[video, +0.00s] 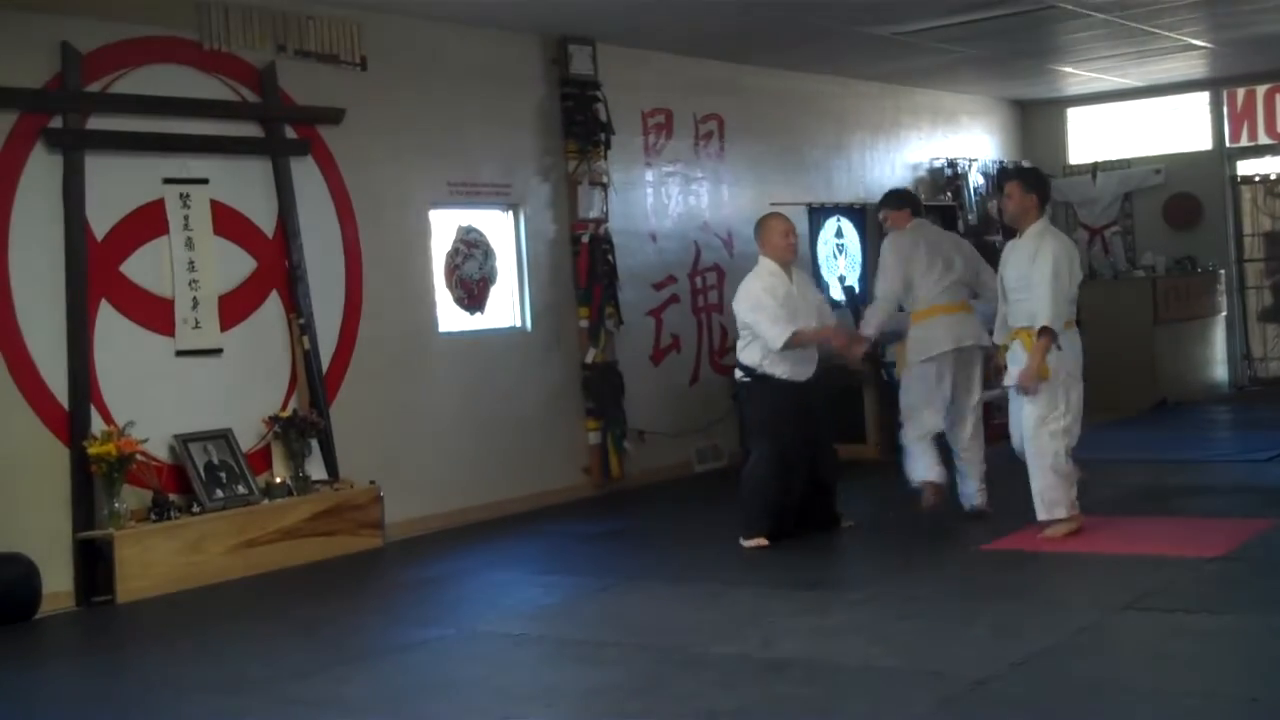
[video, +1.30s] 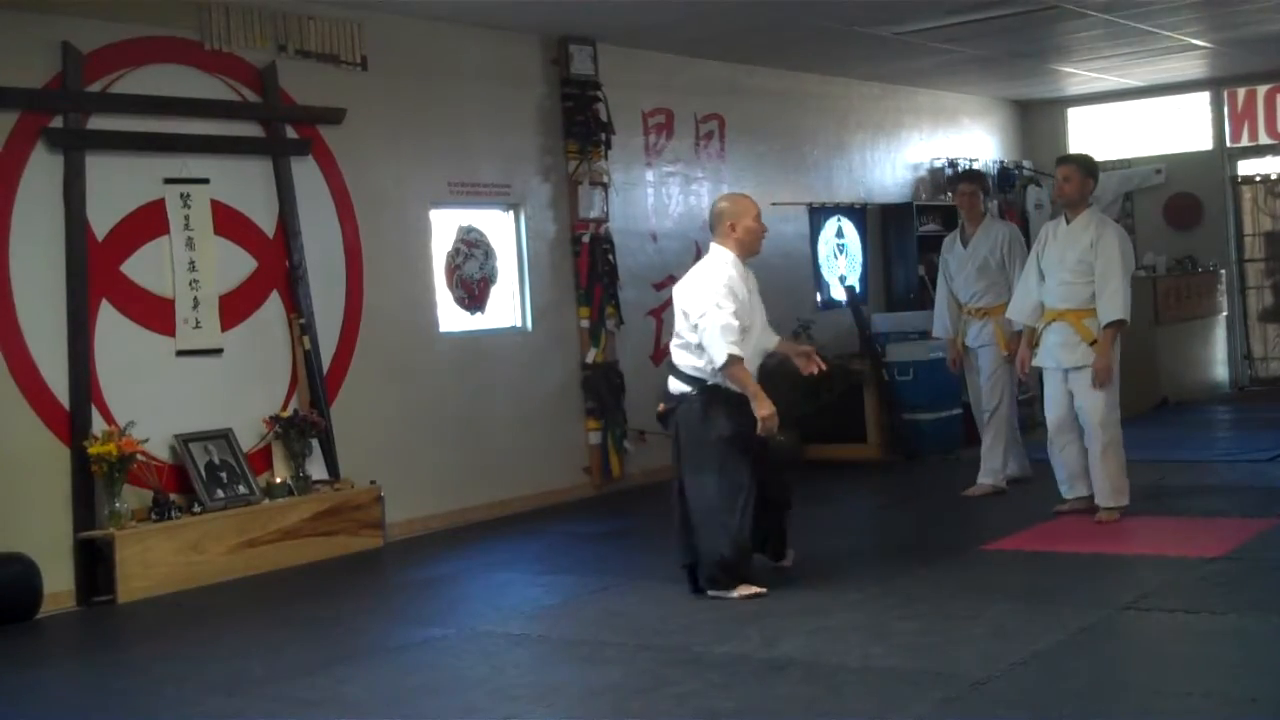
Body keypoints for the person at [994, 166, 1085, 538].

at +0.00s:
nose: (1002, 203)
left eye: (1009, 196)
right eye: (1002, 196)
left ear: (1033, 200)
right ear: (1019, 202)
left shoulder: (1054, 245)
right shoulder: (1012, 248)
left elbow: (1055, 308)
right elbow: (1007, 304)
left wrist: (1037, 360)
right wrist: (1002, 349)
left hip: (1051, 345)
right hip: (1020, 346)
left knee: (1044, 435)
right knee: (1023, 437)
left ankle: (1062, 513)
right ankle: (1065, 485)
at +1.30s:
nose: (1058, 186)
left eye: (1066, 180)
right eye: (1056, 180)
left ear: (1088, 185)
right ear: (1056, 185)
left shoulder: (1106, 232)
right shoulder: (1049, 233)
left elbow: (1114, 292)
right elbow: (1033, 288)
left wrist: (1105, 349)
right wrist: (1025, 341)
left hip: (1090, 337)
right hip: (1051, 337)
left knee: (1099, 422)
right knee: (1058, 422)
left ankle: (1111, 500)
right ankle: (1077, 494)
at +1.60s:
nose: (1056, 183)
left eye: (1064, 177)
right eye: (1054, 178)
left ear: (1087, 181)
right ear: (1055, 182)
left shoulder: (1106, 229)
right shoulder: (1047, 232)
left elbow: (1118, 291)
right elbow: (1032, 288)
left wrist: (1117, 350)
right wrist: (1020, 340)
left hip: (1092, 335)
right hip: (1052, 336)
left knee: (1100, 420)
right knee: (1052, 419)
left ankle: (1112, 499)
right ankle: (1076, 487)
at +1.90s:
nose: (1044, 194)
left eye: (1053, 187)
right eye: (1043, 188)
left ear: (1077, 191)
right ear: (1043, 193)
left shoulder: (1099, 240)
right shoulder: (1036, 242)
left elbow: (1109, 300)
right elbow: (1022, 298)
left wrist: (1098, 358)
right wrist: (1012, 353)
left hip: (1085, 345)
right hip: (1040, 345)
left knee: (1097, 433)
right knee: (1028, 426)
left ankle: (1106, 505)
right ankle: (1027, 505)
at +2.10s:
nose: (1024, 199)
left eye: (1032, 192)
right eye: (1021, 193)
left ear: (1055, 196)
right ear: (1018, 200)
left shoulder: (1080, 245)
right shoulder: (1013, 249)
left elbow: (1088, 308)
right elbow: (997, 308)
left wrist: (1064, 362)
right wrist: (987, 366)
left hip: (1069, 347)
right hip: (1022, 349)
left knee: (1090, 439)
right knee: (1005, 429)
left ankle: (1102, 505)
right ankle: (996, 515)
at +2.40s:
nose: (970, 188)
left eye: (979, 181)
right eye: (968, 182)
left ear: (1003, 185)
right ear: (966, 188)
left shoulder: (1030, 237)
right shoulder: (959, 240)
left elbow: (1039, 298)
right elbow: (939, 297)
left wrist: (1034, 357)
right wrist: (927, 357)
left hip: (1013, 347)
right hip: (968, 347)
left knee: (1016, 440)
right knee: (972, 440)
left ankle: (1047, 492)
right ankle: (987, 528)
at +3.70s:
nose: (865, 191)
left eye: (874, 183)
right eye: (861, 184)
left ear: (901, 187)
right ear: (859, 190)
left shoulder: (921, 245)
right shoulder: (852, 248)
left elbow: (905, 312)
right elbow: (833, 315)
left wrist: (858, 333)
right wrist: (830, 367)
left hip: (905, 370)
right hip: (855, 372)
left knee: (918, 477)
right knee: (853, 475)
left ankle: (934, 553)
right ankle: (885, 570)